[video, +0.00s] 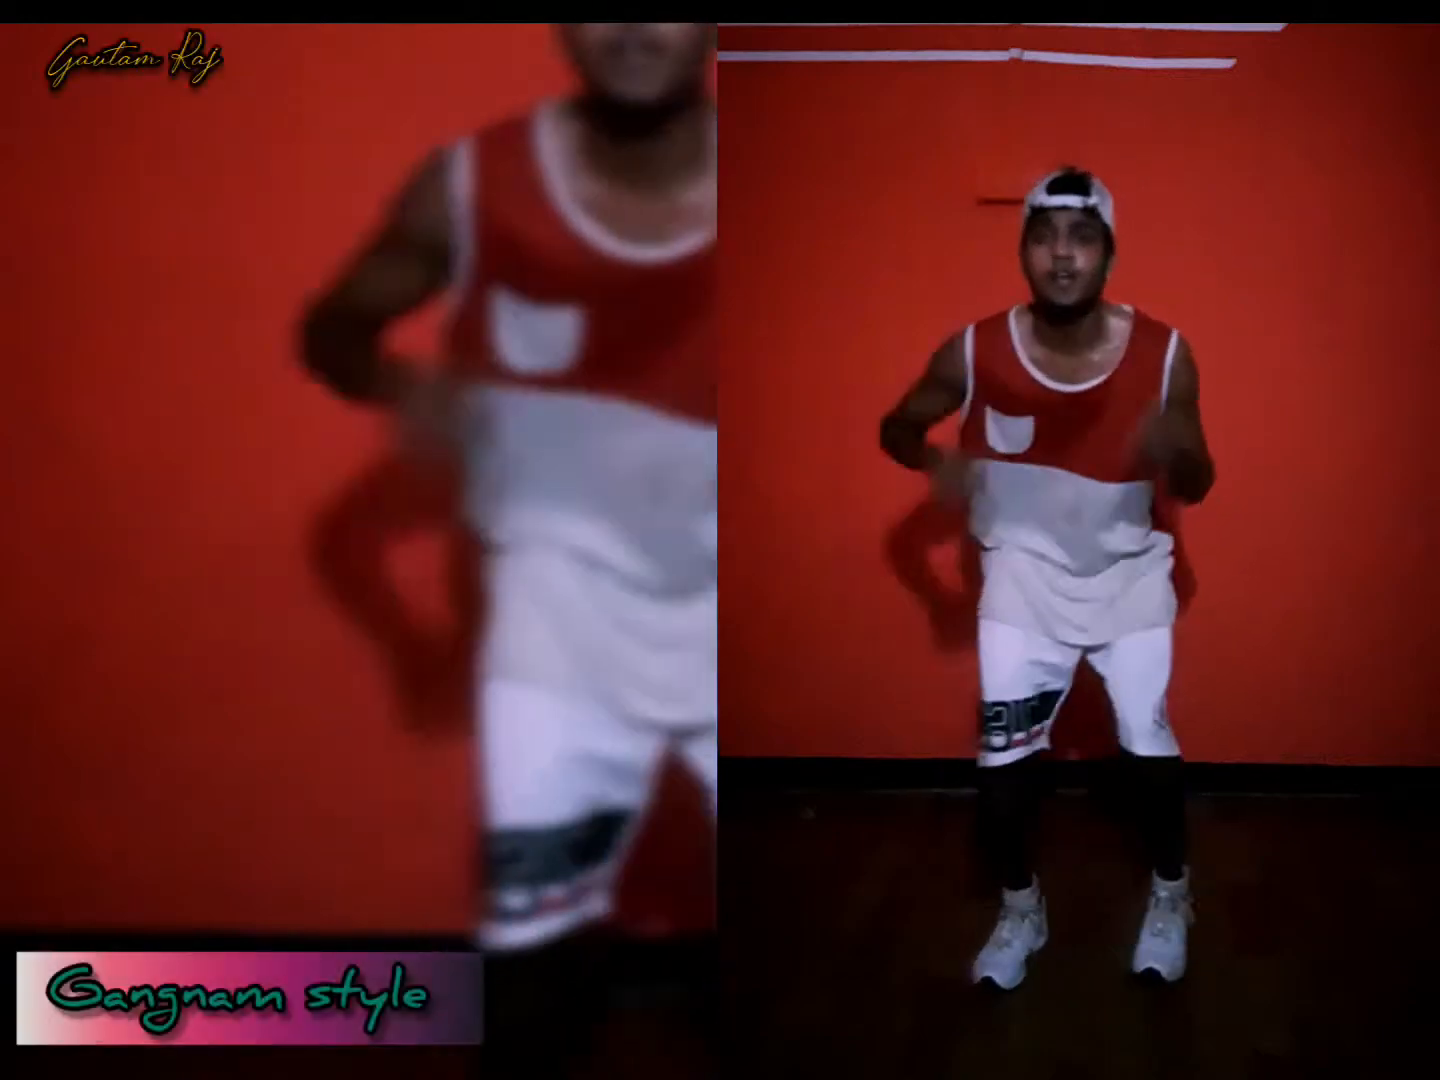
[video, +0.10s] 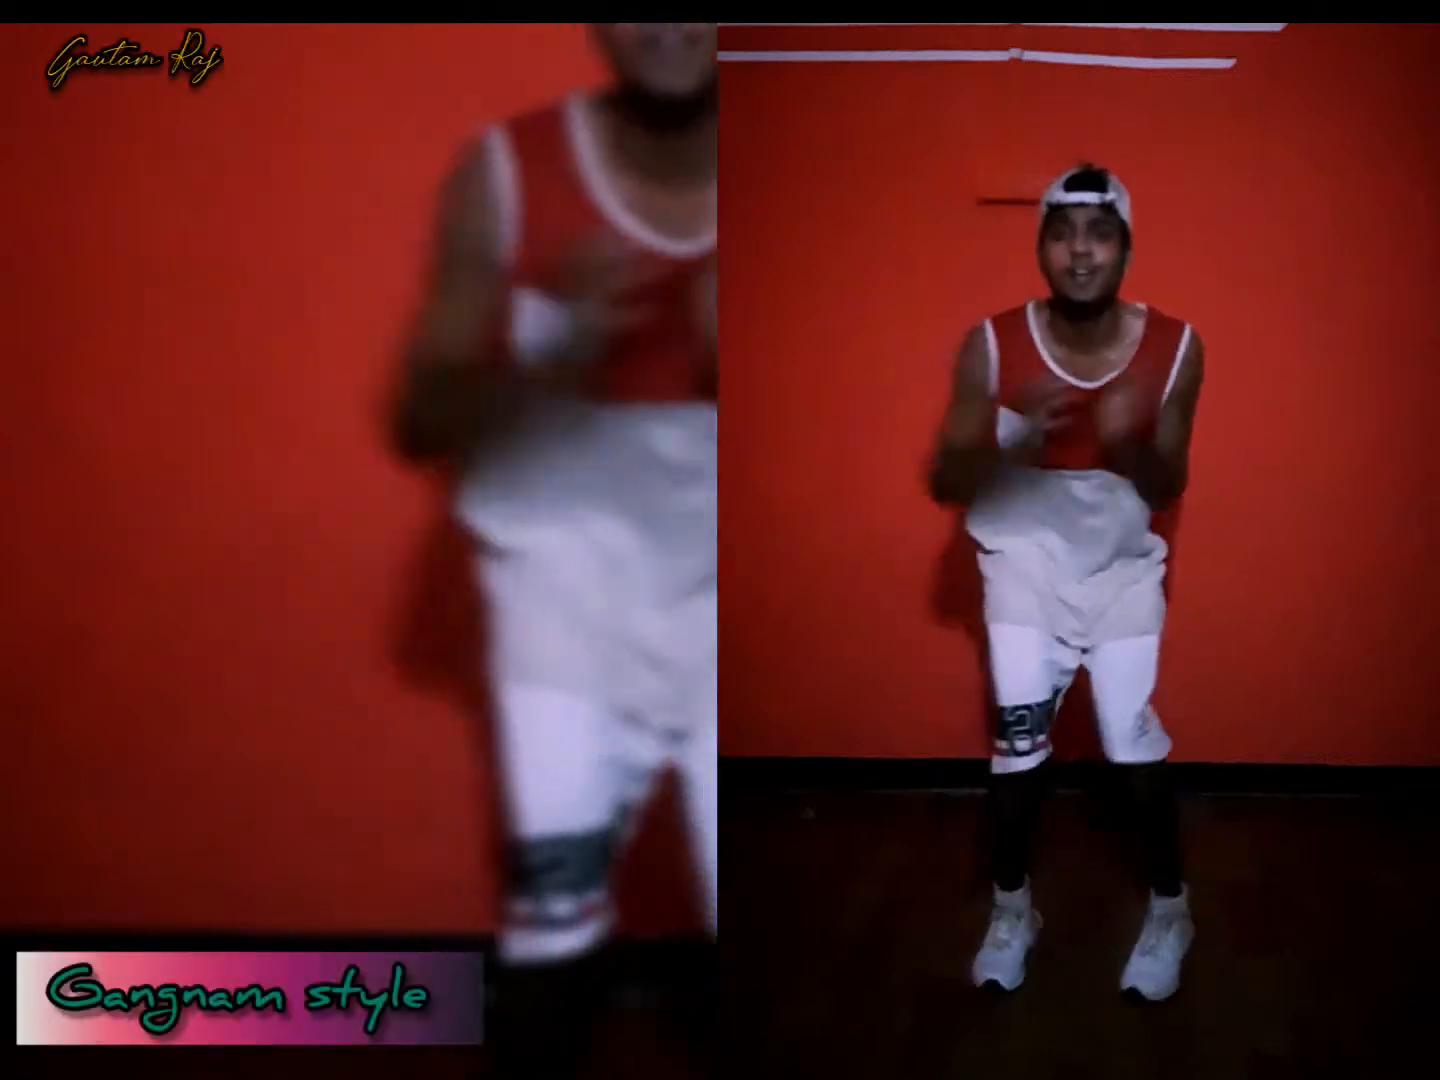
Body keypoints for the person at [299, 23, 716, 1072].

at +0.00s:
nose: (636, 28)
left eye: (665, 8)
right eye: (607, 9)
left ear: (713, 28)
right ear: (565, 28)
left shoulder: (770, 185)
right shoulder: (482, 180)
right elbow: (331, 333)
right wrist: (411, 391)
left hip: (740, 609)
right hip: (560, 613)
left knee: (794, 930)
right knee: (533, 959)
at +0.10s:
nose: (668, 23)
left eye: (691, 5)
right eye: (640, 7)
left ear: (730, 27)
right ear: (599, 27)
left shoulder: (774, 172)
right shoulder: (515, 170)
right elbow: (430, 414)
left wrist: (731, 333)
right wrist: (561, 332)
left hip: (736, 611)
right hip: (565, 610)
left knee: (744, 931)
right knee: (557, 928)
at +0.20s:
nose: (684, 48)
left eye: (706, 24)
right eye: (657, 25)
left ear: (746, 46)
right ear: (617, 44)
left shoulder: (786, 217)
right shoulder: (545, 227)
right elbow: (553, 478)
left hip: (730, 608)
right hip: (572, 598)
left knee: (708, 962)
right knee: (569, 943)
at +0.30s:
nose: (694, 82)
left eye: (718, 50)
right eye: (660, 52)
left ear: (758, 74)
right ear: (620, 79)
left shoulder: (801, 239)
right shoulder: (562, 264)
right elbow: (631, 521)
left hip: (747, 577)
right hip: (589, 585)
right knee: (546, 896)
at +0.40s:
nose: (708, 85)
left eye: (729, 53)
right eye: (677, 55)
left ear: (762, 74)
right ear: (640, 81)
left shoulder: (819, 224)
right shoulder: (595, 267)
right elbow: (630, 567)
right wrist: (688, 829)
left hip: (733, 590)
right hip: (594, 597)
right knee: (478, 891)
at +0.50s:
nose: (747, 95)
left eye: (765, 67)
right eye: (727, 64)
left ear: (826, 92)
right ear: (693, 80)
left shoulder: (858, 244)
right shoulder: (610, 255)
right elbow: (494, 507)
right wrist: (657, 738)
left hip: (781, 626)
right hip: (601, 631)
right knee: (410, 891)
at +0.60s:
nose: (765, 161)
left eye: (786, 132)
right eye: (748, 128)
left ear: (826, 151)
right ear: (713, 131)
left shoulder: (847, 299)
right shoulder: (604, 274)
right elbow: (402, 381)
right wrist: (505, 598)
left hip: (747, 722)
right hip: (576, 711)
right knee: (395, 959)